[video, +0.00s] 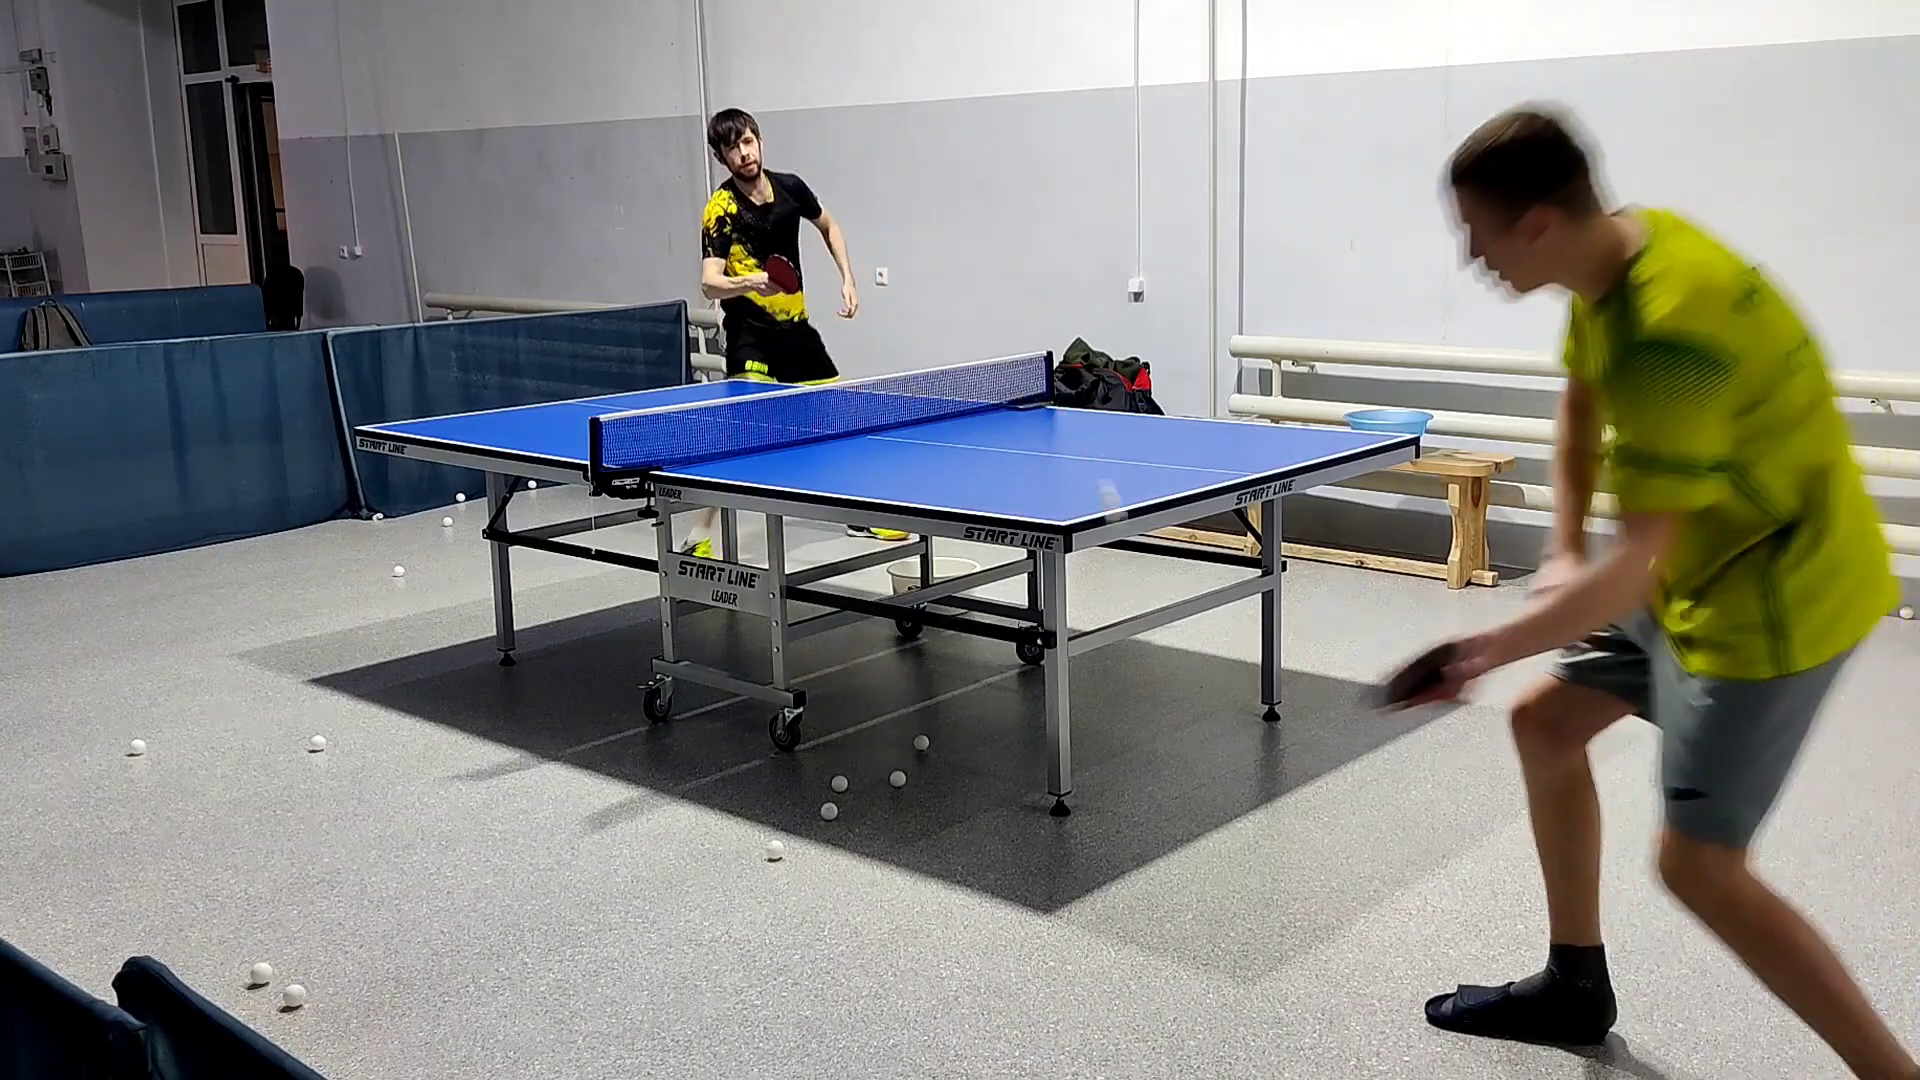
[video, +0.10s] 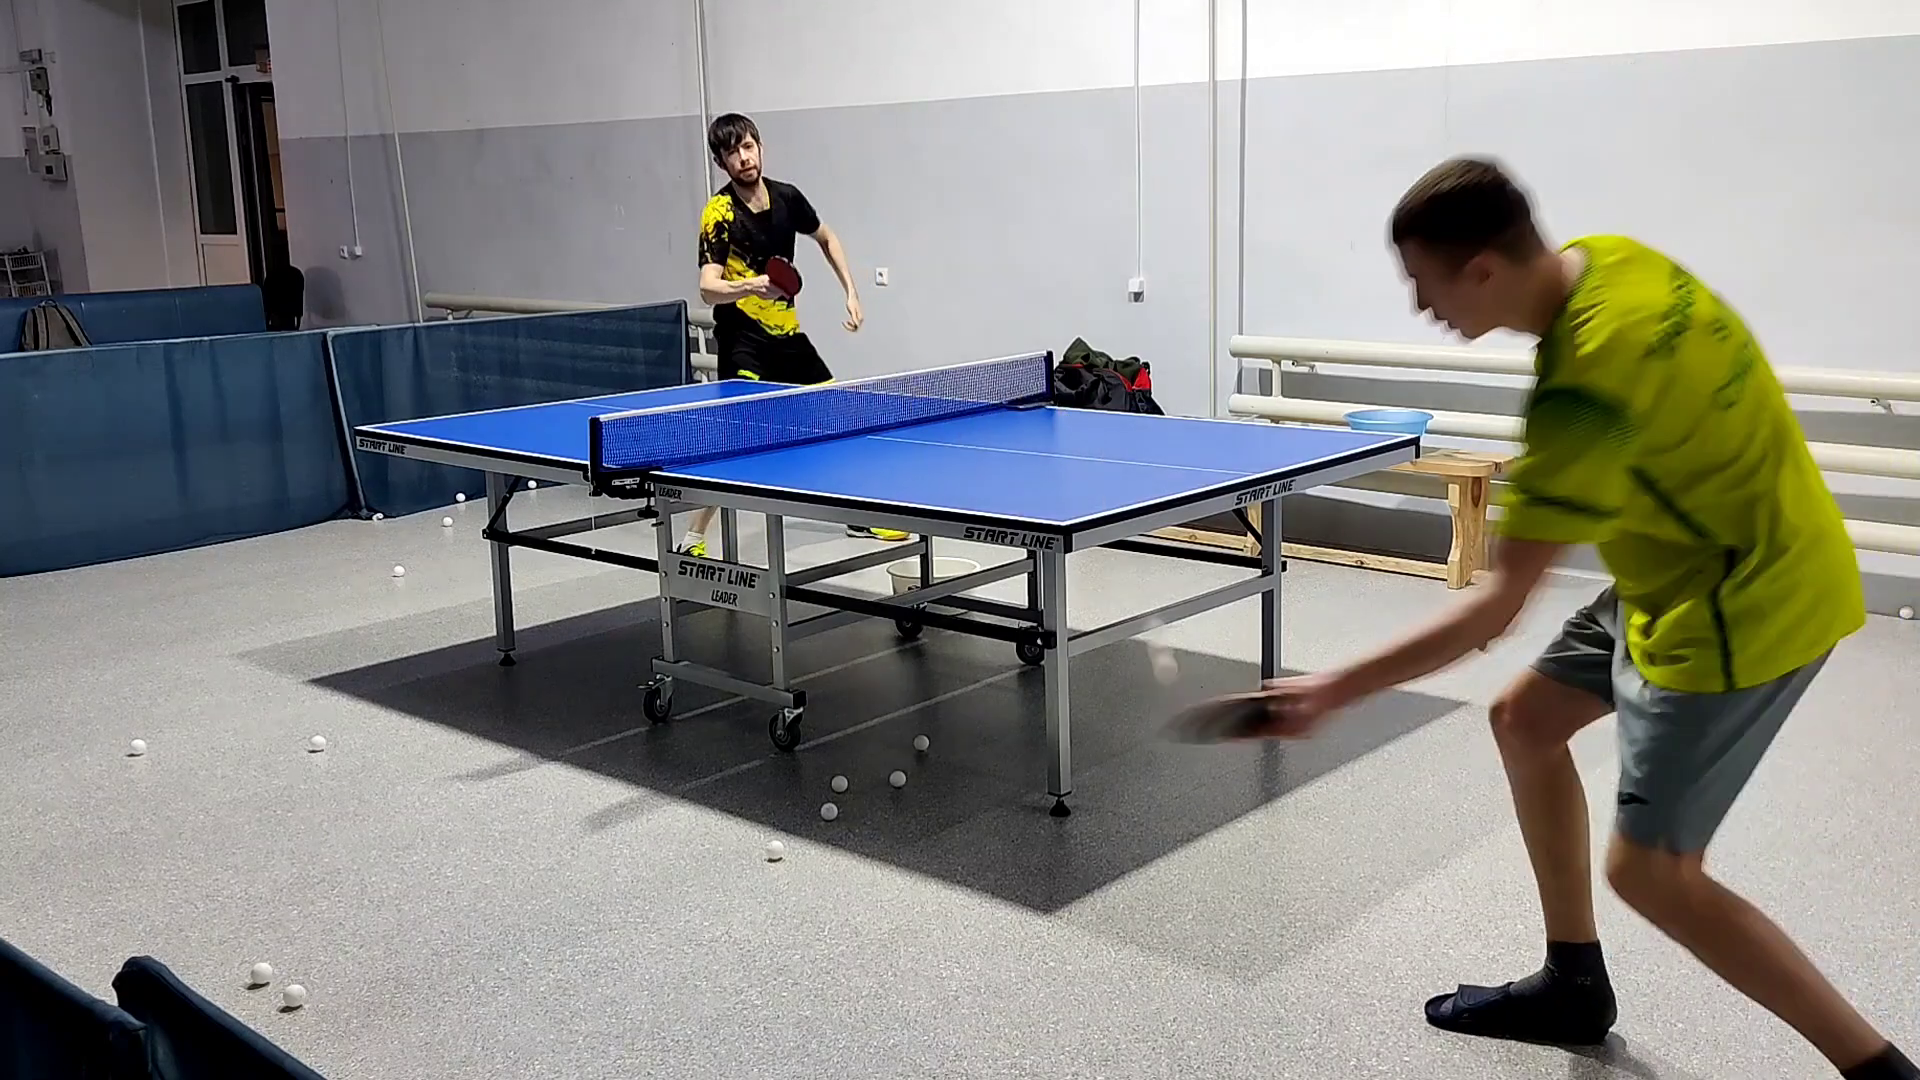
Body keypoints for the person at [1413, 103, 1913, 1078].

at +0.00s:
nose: (1472, 256)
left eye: (1478, 233)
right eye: (1468, 234)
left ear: (1541, 219)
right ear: (1544, 215)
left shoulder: (1678, 315)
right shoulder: (1607, 276)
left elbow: (1644, 557)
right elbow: (1581, 415)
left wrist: (1482, 651)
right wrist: (1567, 554)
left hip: (1783, 593)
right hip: (1697, 569)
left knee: (1697, 864)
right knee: (1546, 726)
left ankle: (1890, 1067)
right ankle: (1575, 984)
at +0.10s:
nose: (1419, 302)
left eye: (1422, 280)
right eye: (1413, 282)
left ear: (1482, 266)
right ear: (1501, 249)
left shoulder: (1579, 384)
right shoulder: (1612, 262)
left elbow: (1500, 599)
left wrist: (1331, 689)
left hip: (1746, 613)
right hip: (1684, 572)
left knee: (1648, 870)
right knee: (1526, 720)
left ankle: (1881, 1066)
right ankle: (1574, 983)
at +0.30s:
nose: (1393, 293)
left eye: (1390, 273)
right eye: (1385, 274)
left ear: (1434, 266)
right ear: (1493, 234)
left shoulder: (1503, 386)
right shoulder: (1596, 257)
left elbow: (1441, 543)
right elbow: (1669, 402)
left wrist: (1352, 577)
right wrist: (1583, 510)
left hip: (1715, 615)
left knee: (1638, 871)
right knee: (1524, 714)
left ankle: (1879, 1065)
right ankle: (1572, 982)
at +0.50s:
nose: (1448, 199)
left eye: (1451, 178)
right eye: (1443, 179)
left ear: (1497, 171)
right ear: (1550, 155)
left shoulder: (1532, 312)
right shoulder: (1662, 198)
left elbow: (1557, 496)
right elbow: (1712, 381)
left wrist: (1500, 485)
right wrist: (1577, 463)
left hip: (1713, 596)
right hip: (1796, 535)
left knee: (1677, 862)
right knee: (1569, 718)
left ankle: (1874, 1070)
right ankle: (1577, 981)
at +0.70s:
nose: (1569, 156)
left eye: (1573, 131)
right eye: (1568, 133)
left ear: (1618, 125)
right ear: (1680, 116)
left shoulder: (1643, 272)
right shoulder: (1802, 196)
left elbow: (1651, 515)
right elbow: (1824, 402)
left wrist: (1623, 534)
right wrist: (1663, 510)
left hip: (1757, 599)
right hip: (1867, 563)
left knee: (1703, 871)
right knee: (1619, 736)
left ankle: (1879, 1075)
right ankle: (1578, 984)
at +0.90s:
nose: (1677, 139)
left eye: (1680, 115)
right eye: (1676, 116)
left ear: (1721, 114)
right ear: (1802, 103)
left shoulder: (1755, 270)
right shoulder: (1909, 194)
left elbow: (1725, 517)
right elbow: (1896, 439)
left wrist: (1645, 567)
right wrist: (1797, 573)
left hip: (1848, 628)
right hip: (1916, 603)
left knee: (1755, 884)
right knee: (1727, 745)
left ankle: (1888, 1073)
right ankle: (1646, 982)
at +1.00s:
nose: (1712, 120)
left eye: (1715, 96)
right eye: (1711, 97)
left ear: (1756, 95)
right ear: (1842, 82)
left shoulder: (1798, 257)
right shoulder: (1908, 183)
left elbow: (1767, 511)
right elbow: (1897, 428)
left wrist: (1662, 561)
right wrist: (1818, 538)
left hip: (1874, 625)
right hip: (1901, 584)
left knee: (1777, 867)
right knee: (1780, 731)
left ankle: (1892, 1065)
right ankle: (1786, 1011)